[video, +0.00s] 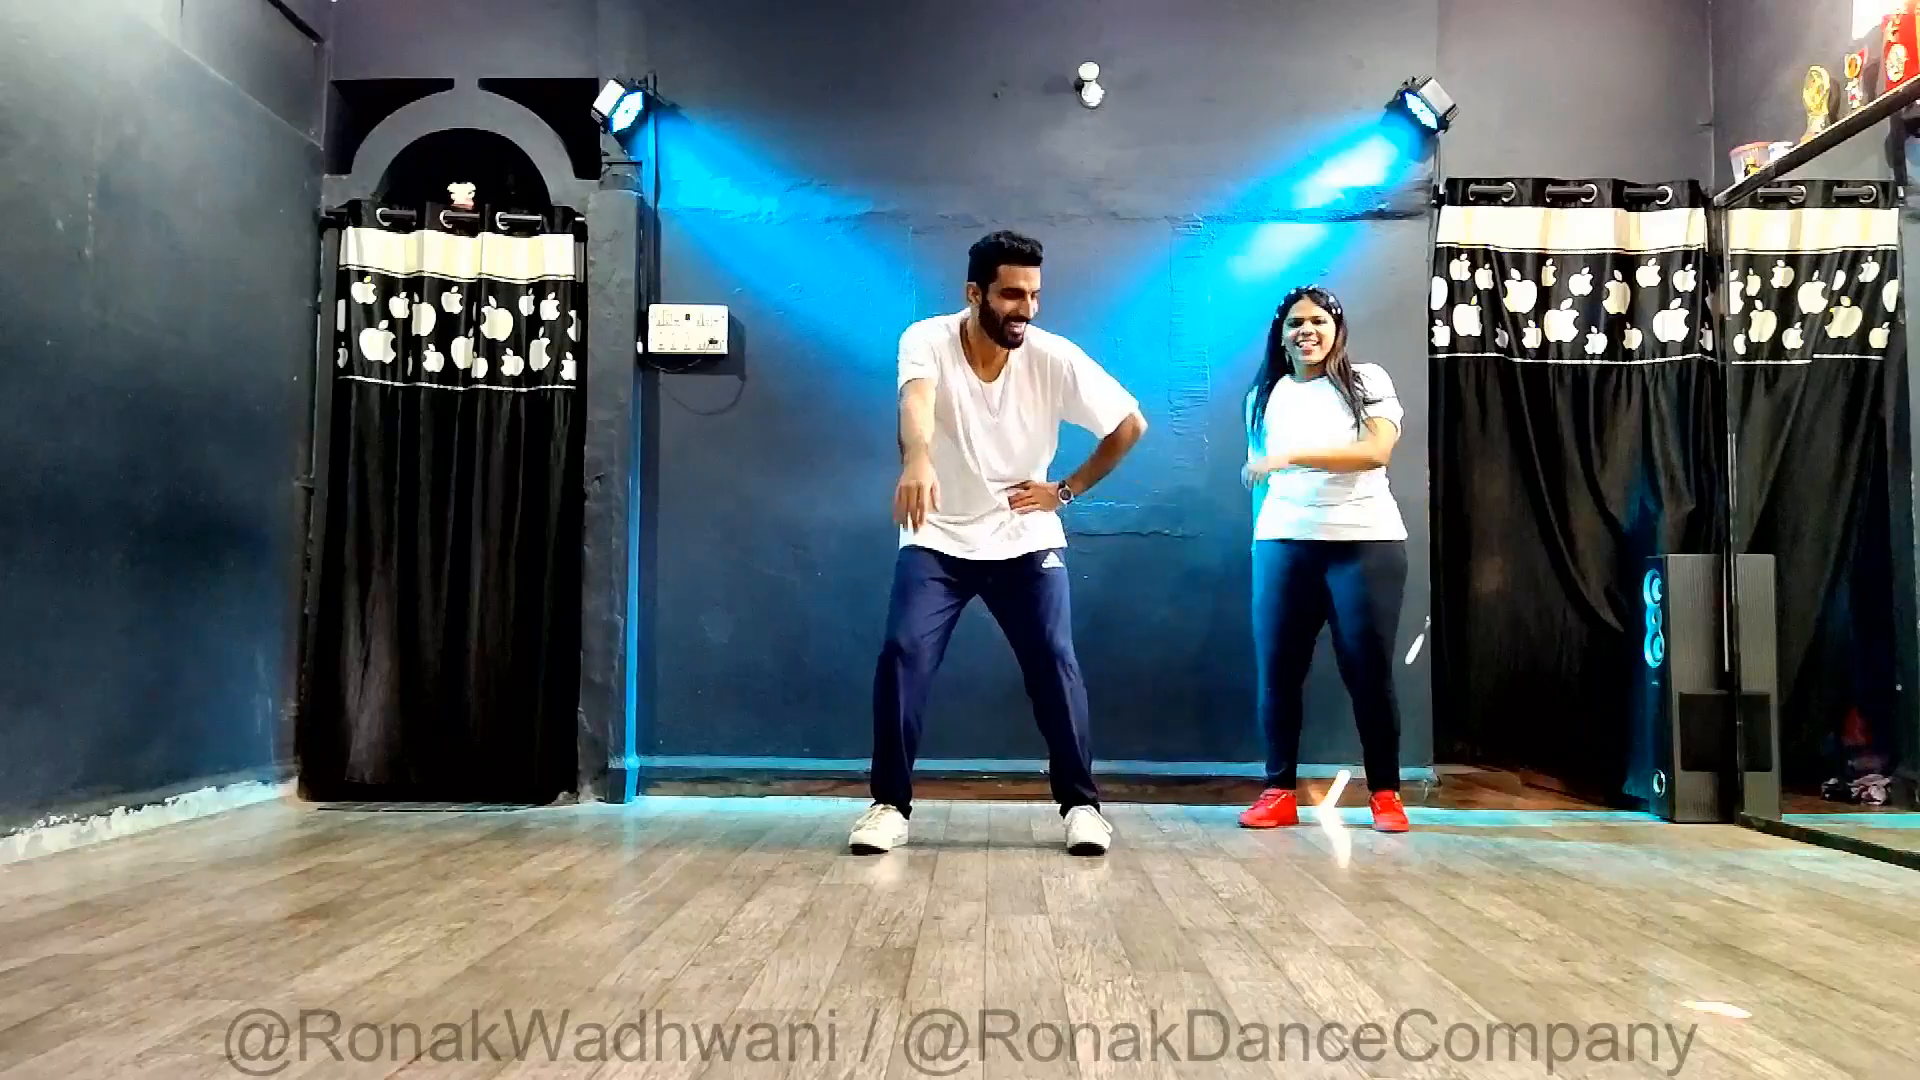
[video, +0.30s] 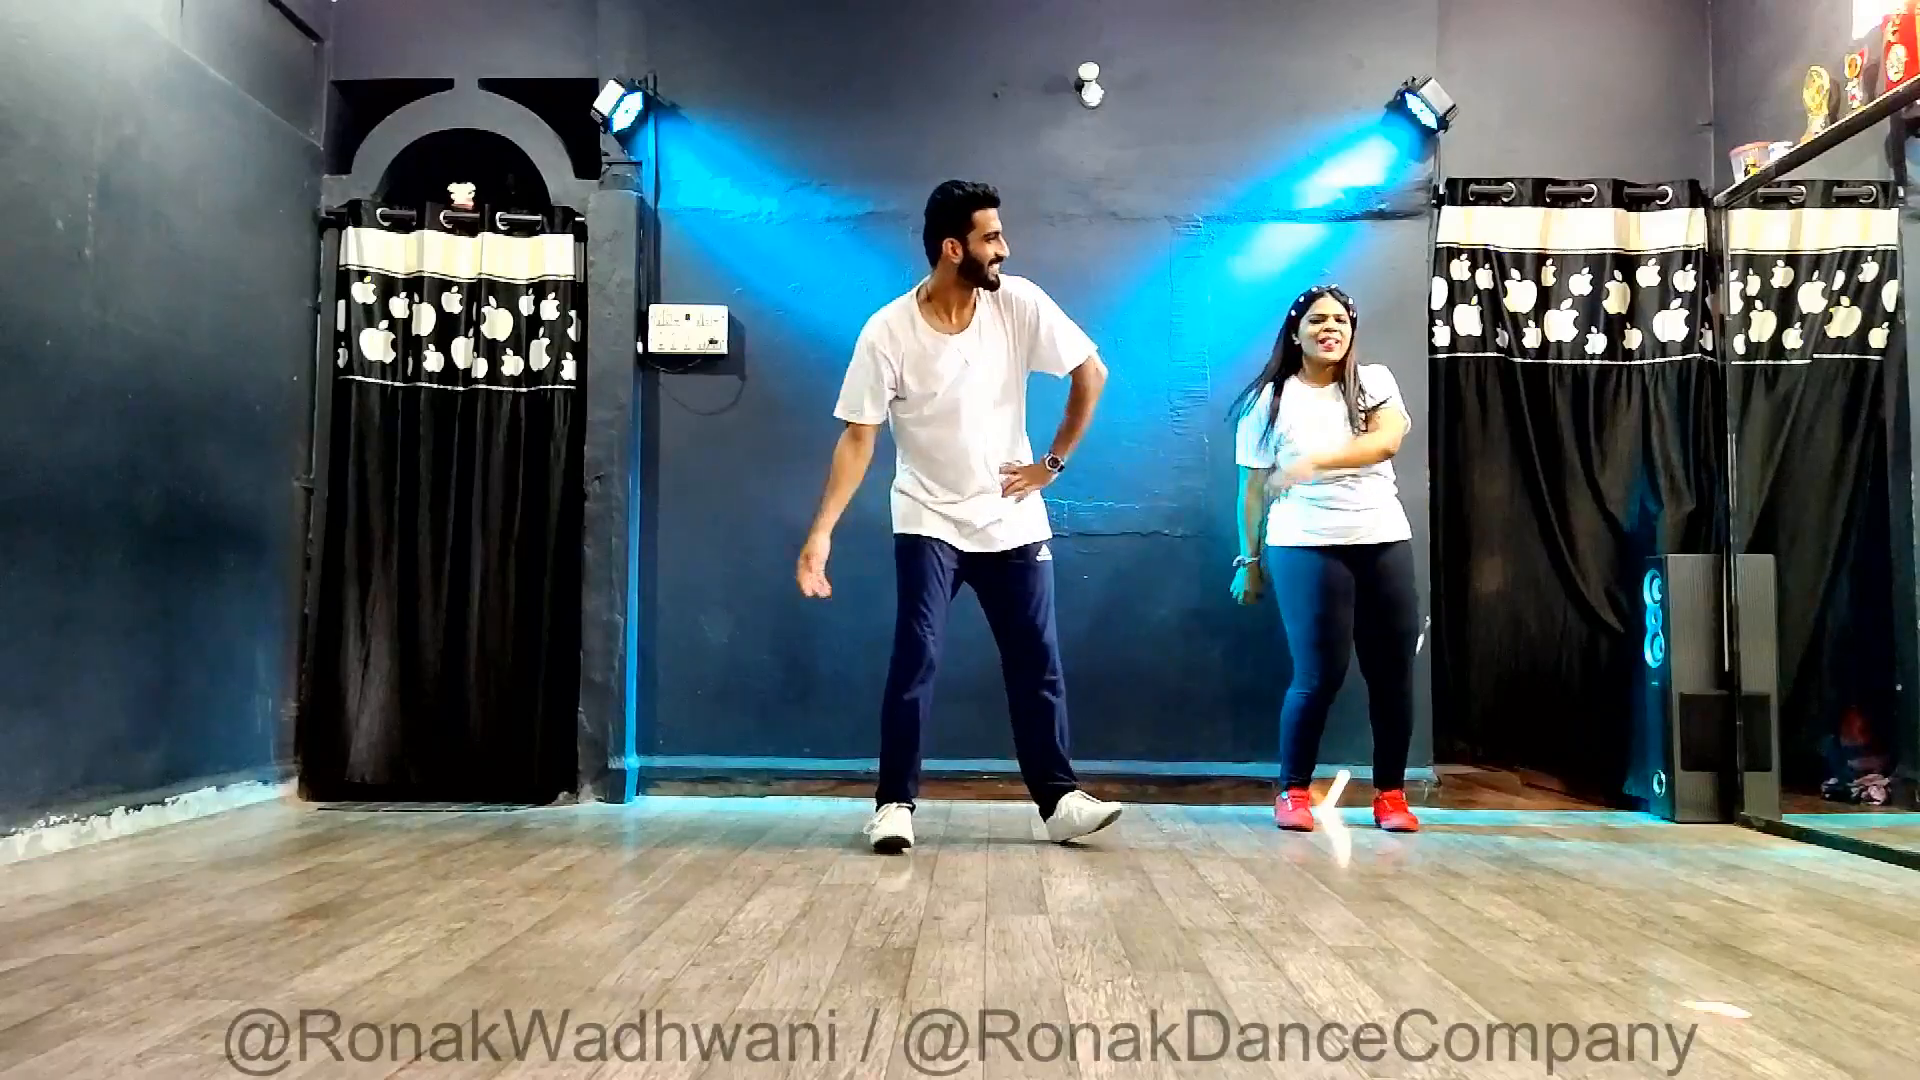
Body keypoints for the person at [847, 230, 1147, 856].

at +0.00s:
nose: (1025, 308)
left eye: (1033, 296)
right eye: (1011, 295)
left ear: (1039, 296)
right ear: (975, 292)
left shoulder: (1054, 357)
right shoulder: (926, 340)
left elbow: (1129, 424)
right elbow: (917, 399)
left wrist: (1067, 488)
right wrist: (916, 460)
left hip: (1024, 534)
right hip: (938, 532)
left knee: (1054, 655)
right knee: (904, 649)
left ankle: (1080, 805)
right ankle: (889, 806)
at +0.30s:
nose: (1002, 248)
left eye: (1001, 235)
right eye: (989, 238)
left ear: (973, 244)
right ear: (947, 248)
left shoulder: (1017, 302)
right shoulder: (887, 333)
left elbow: (1091, 372)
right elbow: (857, 438)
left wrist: (1053, 462)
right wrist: (821, 531)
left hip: (1010, 506)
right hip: (928, 509)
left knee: (1038, 655)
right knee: (918, 649)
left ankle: (1057, 799)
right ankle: (894, 804)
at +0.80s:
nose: (1038, 235)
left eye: (1041, 224)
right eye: (1024, 225)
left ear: (1041, 232)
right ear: (985, 238)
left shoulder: (1068, 295)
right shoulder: (948, 324)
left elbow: (1091, 378)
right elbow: (923, 419)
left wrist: (1092, 455)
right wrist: (888, 499)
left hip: (1073, 517)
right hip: (988, 519)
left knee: (1091, 663)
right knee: (961, 661)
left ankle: (1100, 801)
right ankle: (940, 812)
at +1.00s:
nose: (1051, 238)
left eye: (1064, 228)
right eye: (1038, 226)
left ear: (1078, 239)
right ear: (1016, 235)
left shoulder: (1104, 311)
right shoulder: (985, 320)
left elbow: (1074, 405)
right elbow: (994, 409)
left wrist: (980, 434)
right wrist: (997, 456)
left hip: (1086, 523)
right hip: (1007, 522)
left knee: (1095, 673)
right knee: (977, 666)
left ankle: (1107, 804)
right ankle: (944, 810)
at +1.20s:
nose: (1058, 233)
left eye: (1071, 223)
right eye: (1046, 222)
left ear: (1088, 235)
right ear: (1026, 232)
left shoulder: (1107, 299)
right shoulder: (994, 309)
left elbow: (1074, 356)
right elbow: (940, 390)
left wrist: (1005, 318)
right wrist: (881, 459)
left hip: (1085, 509)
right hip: (1006, 505)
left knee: (1094, 661)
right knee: (972, 635)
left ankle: (1107, 801)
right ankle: (970, 795)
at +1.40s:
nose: (992, 248)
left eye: (1005, 235)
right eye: (978, 236)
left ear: (1025, 236)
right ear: (960, 242)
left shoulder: (1052, 270)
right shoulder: (940, 323)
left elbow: (1122, 300)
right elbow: (905, 394)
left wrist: (1056, 372)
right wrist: (871, 454)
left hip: (1077, 508)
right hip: (992, 515)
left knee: (1096, 661)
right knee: (963, 649)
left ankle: (1108, 800)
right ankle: (957, 803)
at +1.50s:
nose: (972, 287)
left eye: (983, 270)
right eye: (956, 274)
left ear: (1002, 253)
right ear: (935, 263)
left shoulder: (1044, 297)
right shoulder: (914, 352)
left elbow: (1109, 369)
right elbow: (908, 452)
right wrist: (893, 542)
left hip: (1068, 514)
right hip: (977, 530)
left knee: (1111, 643)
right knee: (959, 669)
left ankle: (1115, 775)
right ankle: (957, 812)